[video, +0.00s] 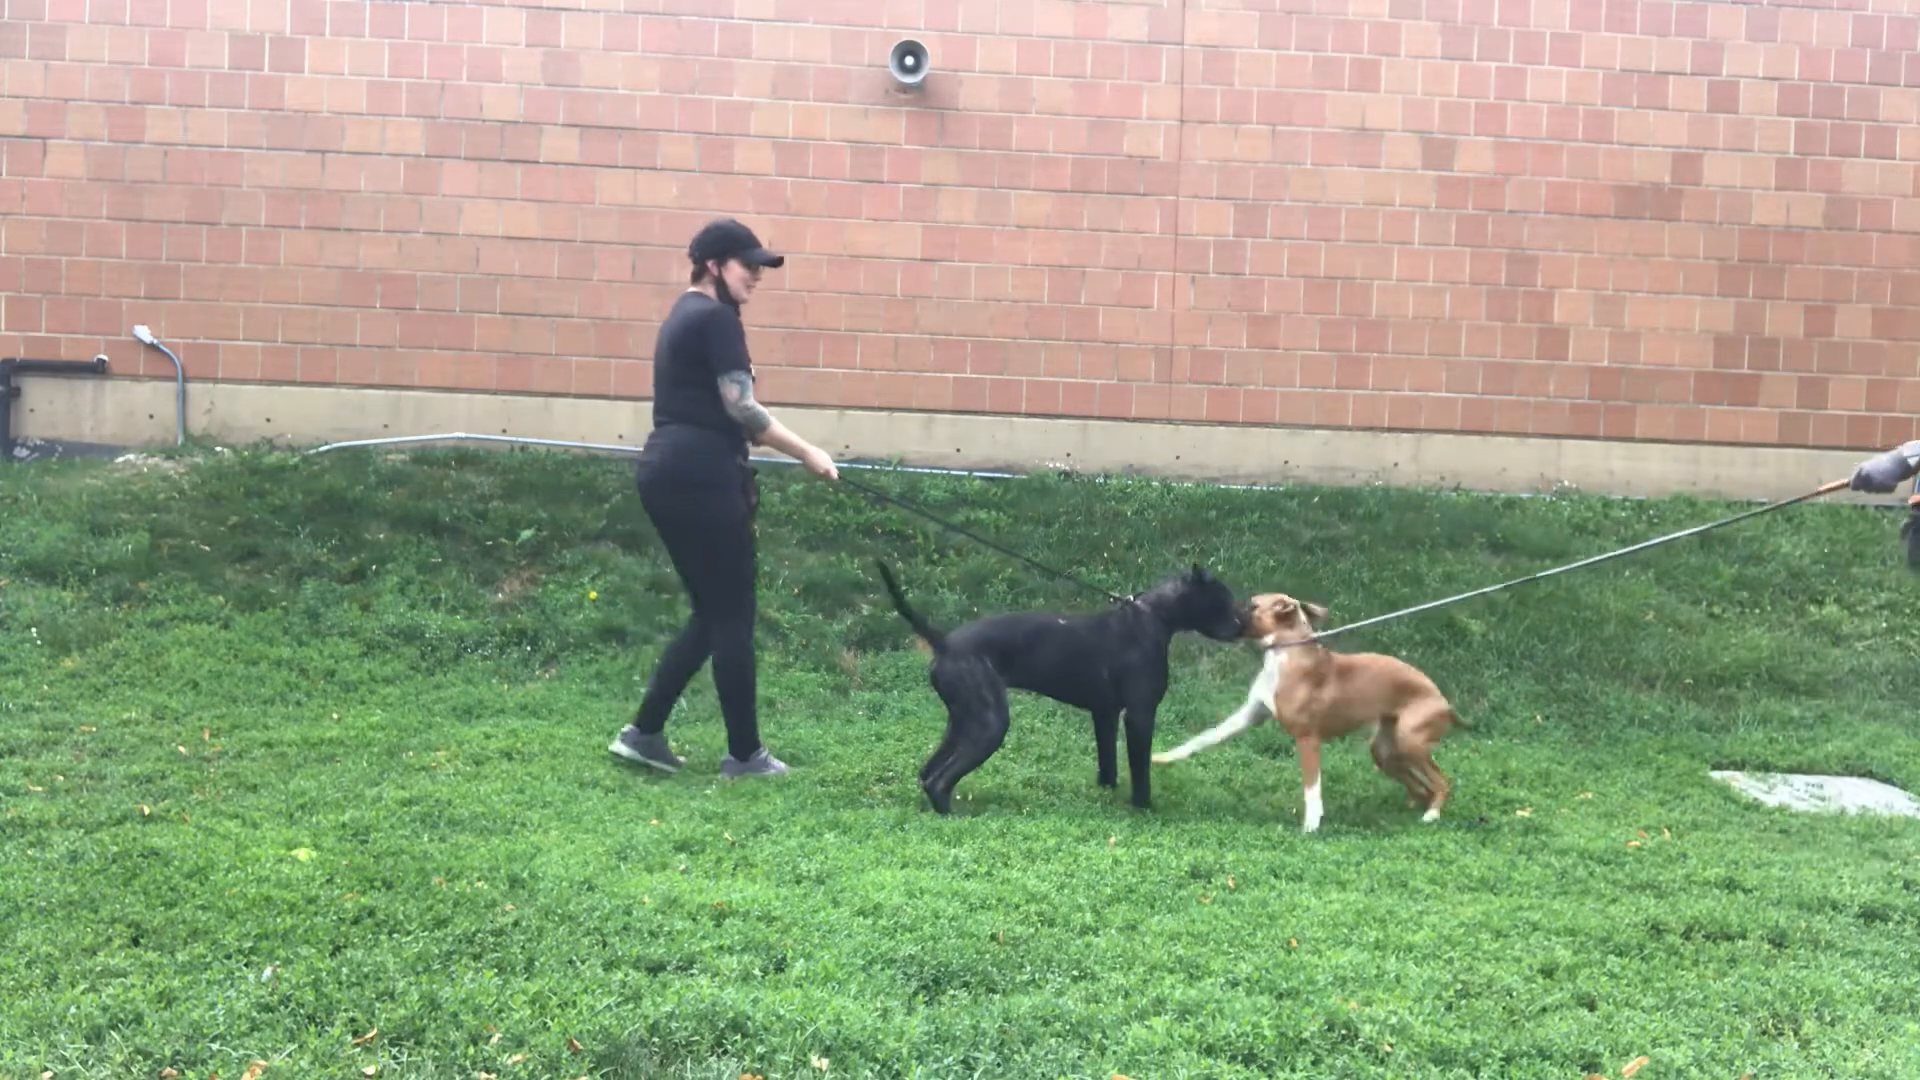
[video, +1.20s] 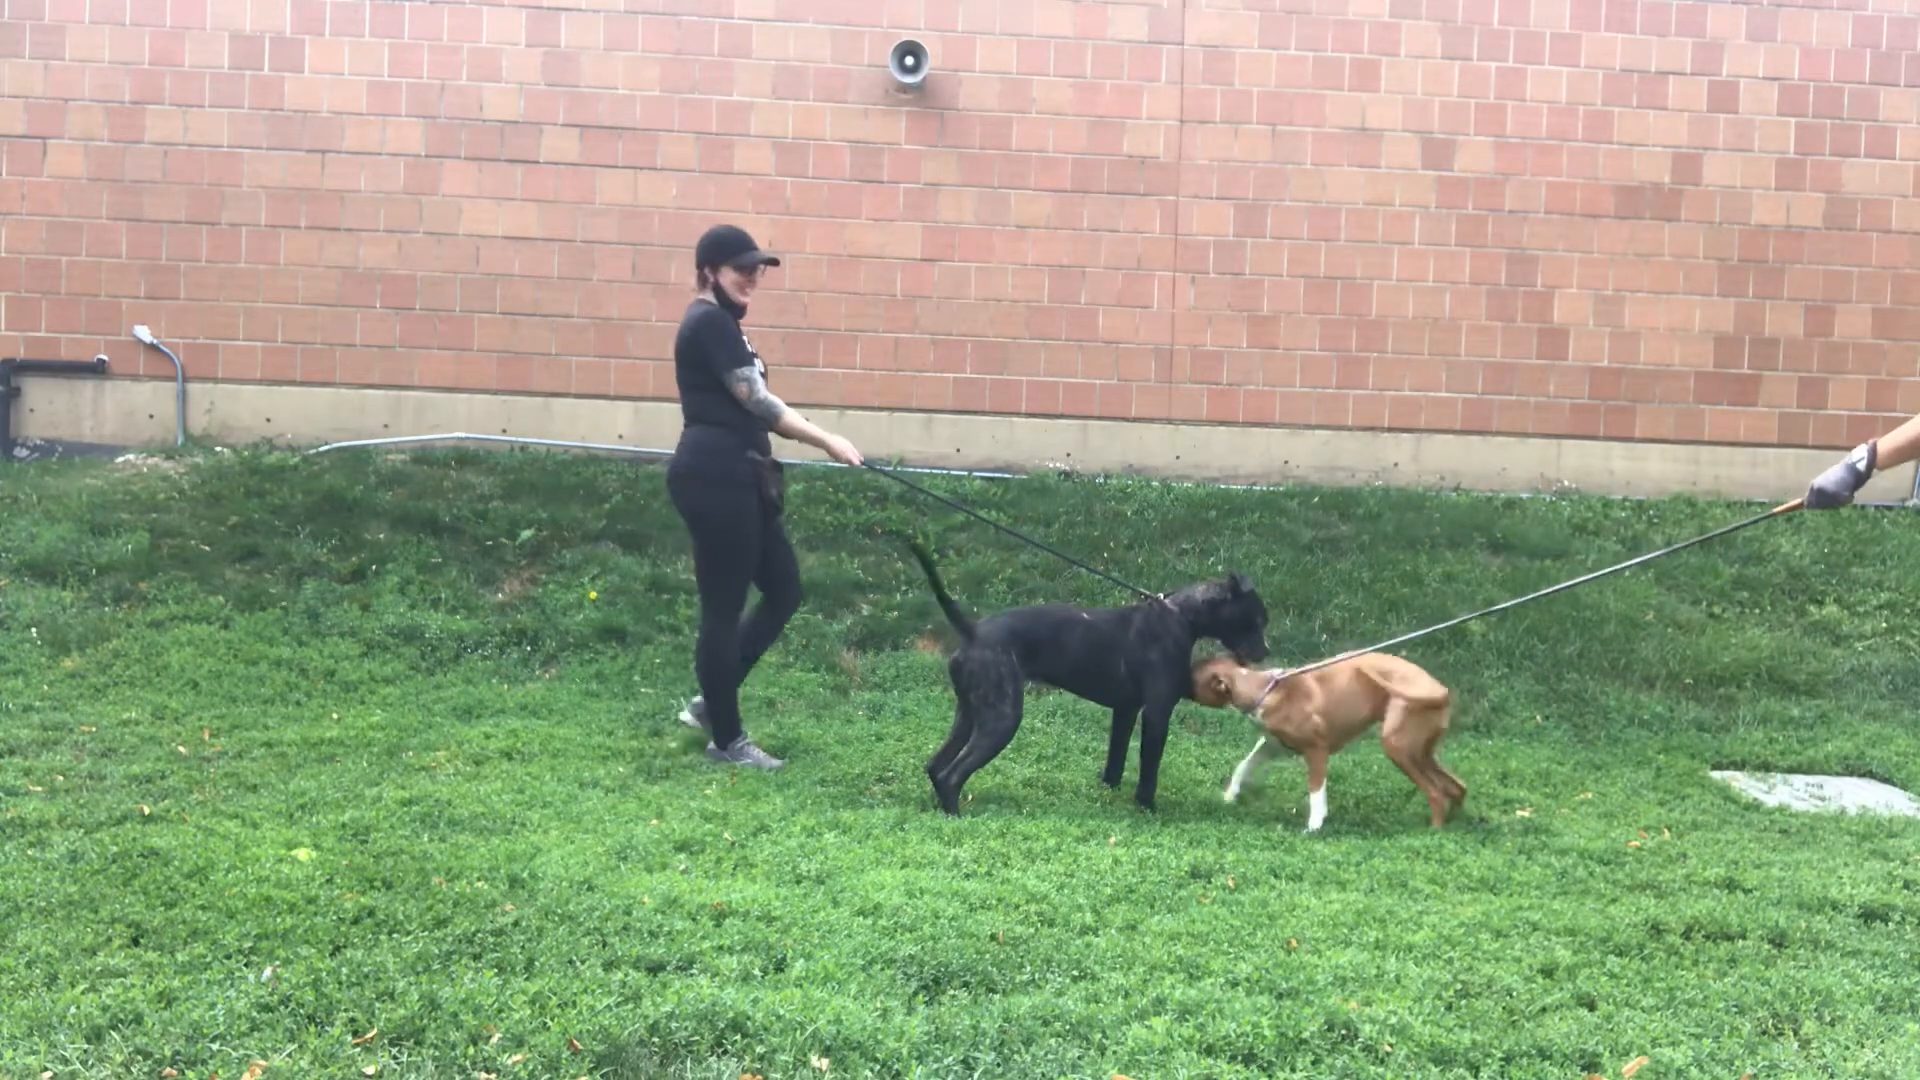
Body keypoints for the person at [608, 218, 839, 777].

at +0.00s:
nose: (756, 277)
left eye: (758, 267)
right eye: (748, 265)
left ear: (711, 269)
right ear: (714, 265)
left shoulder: (685, 312)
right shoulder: (716, 316)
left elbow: (690, 407)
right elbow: (740, 405)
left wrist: (737, 458)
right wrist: (807, 452)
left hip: (665, 466)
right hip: (702, 470)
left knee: (711, 611)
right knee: (733, 613)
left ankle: (644, 732)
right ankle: (746, 754)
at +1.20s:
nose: (753, 279)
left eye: (757, 270)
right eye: (744, 269)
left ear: (743, 274)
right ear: (711, 271)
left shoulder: (718, 319)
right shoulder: (709, 322)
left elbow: (749, 403)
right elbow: (759, 404)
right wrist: (827, 439)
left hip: (732, 472)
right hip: (716, 474)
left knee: (785, 591)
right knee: (722, 608)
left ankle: (710, 701)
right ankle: (726, 742)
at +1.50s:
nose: (777, 288)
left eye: (782, 280)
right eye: (769, 278)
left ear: (776, 281)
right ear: (737, 277)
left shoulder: (762, 333)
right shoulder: (726, 332)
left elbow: (778, 409)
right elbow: (766, 403)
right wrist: (842, 437)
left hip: (778, 473)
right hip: (737, 474)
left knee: (783, 605)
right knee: (738, 607)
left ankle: (795, 722)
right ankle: (728, 740)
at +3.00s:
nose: (833, 296)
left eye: (838, 287)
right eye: (823, 286)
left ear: (843, 291)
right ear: (796, 287)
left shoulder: (839, 349)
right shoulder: (777, 341)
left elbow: (844, 414)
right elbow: (806, 412)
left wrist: (869, 439)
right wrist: (873, 446)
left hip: (828, 483)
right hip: (779, 479)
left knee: (811, 598)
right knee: (804, 592)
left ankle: (798, 724)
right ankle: (743, 715)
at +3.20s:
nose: (844, 296)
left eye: (849, 287)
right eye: (834, 287)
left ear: (854, 288)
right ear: (808, 287)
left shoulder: (849, 347)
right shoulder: (792, 338)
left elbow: (851, 411)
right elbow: (816, 408)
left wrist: (878, 427)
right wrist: (883, 443)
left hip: (830, 479)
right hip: (792, 474)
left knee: (813, 597)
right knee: (853, 578)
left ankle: (799, 718)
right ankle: (824, 708)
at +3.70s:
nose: (900, 302)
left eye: (905, 294)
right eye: (890, 295)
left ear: (909, 295)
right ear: (865, 298)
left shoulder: (892, 346)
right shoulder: (859, 348)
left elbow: (909, 414)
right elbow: (875, 424)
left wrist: (935, 440)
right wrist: (946, 458)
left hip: (880, 480)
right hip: (867, 483)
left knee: (863, 609)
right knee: (897, 603)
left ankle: (805, 716)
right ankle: (904, 725)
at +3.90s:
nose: (928, 302)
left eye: (933, 293)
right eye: (918, 295)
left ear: (937, 294)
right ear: (893, 296)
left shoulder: (916, 343)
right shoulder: (888, 345)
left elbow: (925, 410)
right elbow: (922, 423)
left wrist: (947, 425)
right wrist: (983, 465)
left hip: (916, 480)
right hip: (886, 481)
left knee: (942, 594)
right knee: (907, 602)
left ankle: (855, 682)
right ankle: (905, 725)